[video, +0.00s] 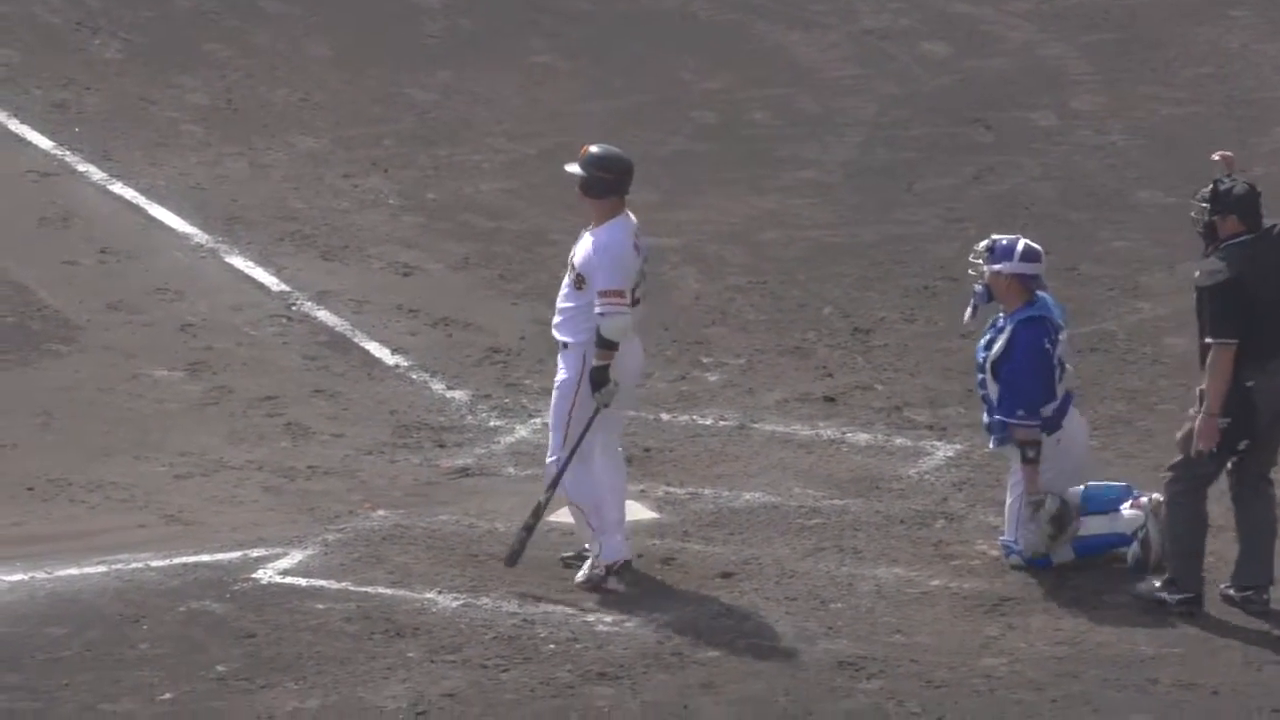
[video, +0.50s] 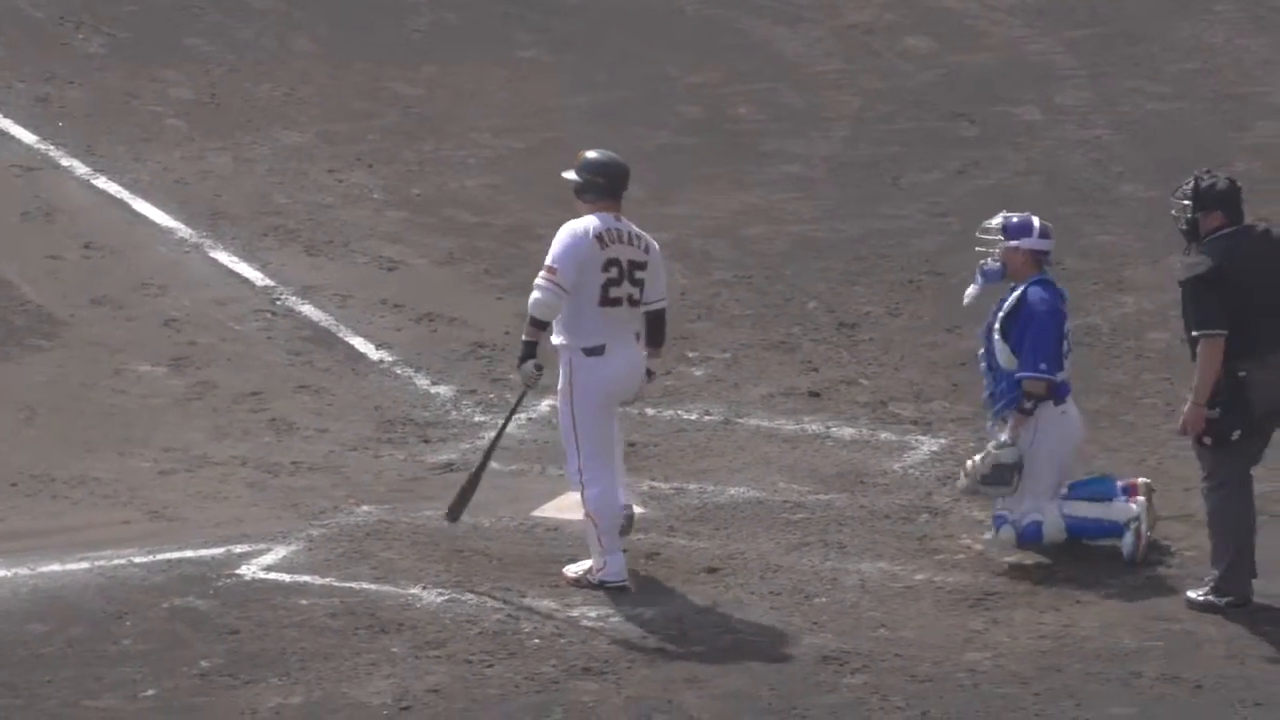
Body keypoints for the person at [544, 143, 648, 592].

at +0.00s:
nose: (577, 187)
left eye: (583, 182)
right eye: (580, 180)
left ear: (598, 189)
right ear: (616, 189)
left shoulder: (608, 245)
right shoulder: (618, 226)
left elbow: (613, 318)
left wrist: (600, 370)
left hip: (587, 357)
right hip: (609, 350)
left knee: (565, 460)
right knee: (599, 449)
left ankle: (606, 551)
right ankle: (608, 544)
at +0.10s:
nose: (579, 188)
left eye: (584, 184)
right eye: (581, 182)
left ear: (599, 191)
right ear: (619, 191)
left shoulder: (605, 247)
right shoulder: (632, 227)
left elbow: (601, 320)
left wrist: (585, 372)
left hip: (594, 358)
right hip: (619, 351)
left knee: (584, 458)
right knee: (599, 449)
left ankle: (617, 558)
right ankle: (602, 541)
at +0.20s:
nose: (581, 189)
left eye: (586, 185)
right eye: (583, 182)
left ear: (599, 191)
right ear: (623, 191)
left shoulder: (598, 246)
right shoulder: (644, 231)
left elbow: (587, 319)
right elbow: (653, 293)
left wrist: (570, 365)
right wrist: (622, 320)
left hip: (601, 357)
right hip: (631, 350)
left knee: (594, 462)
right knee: (603, 451)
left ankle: (623, 560)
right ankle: (602, 538)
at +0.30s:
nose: (581, 192)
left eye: (586, 187)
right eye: (584, 185)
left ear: (597, 193)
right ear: (624, 192)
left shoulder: (591, 244)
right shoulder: (650, 238)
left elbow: (572, 317)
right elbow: (659, 305)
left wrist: (554, 362)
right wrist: (642, 344)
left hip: (598, 364)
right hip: (636, 361)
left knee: (598, 466)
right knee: (600, 451)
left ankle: (623, 565)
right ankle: (594, 536)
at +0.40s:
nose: (577, 190)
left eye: (581, 186)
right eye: (580, 184)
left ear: (592, 191)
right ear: (620, 192)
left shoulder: (581, 240)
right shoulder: (648, 242)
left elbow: (555, 309)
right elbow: (659, 309)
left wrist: (540, 359)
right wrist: (654, 358)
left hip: (591, 367)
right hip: (633, 363)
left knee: (596, 466)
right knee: (599, 451)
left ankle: (615, 564)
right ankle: (601, 534)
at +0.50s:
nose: (573, 191)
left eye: (578, 186)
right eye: (576, 185)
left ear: (590, 189)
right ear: (618, 192)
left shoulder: (575, 234)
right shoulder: (646, 243)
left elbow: (544, 300)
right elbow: (655, 312)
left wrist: (529, 349)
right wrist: (652, 362)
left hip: (587, 364)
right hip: (631, 362)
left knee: (591, 466)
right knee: (601, 425)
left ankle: (608, 563)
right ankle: (619, 504)